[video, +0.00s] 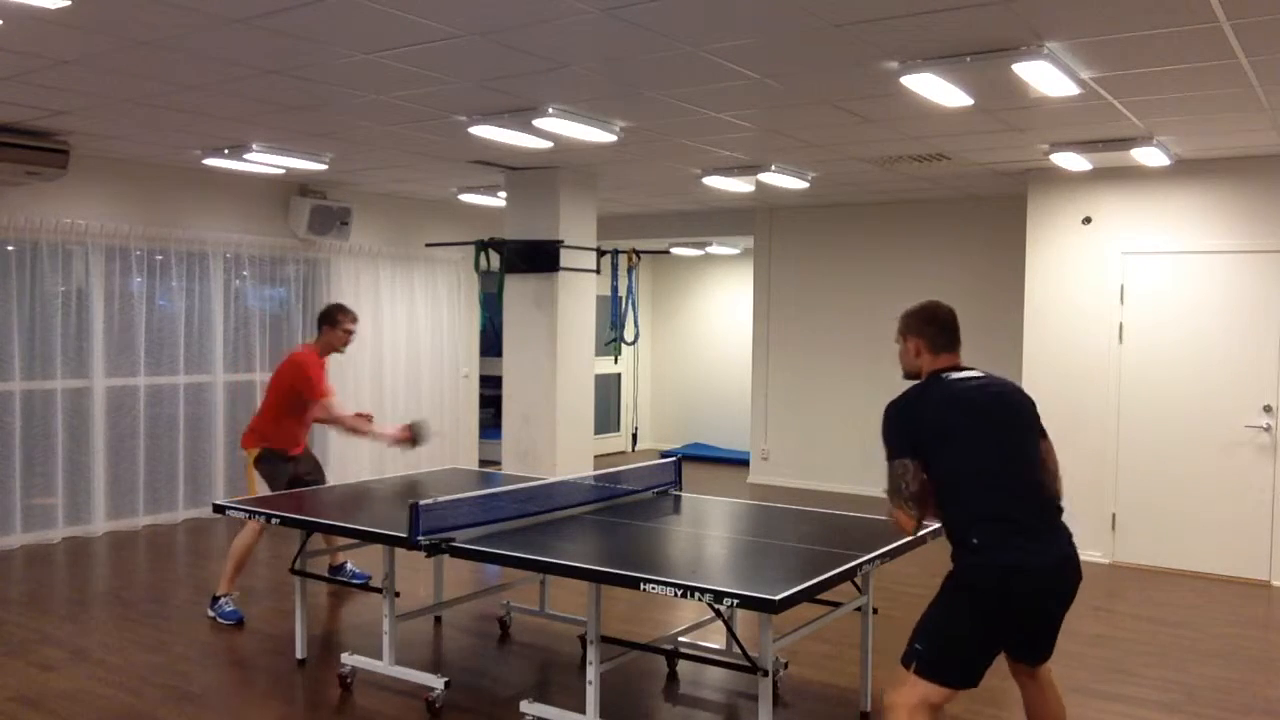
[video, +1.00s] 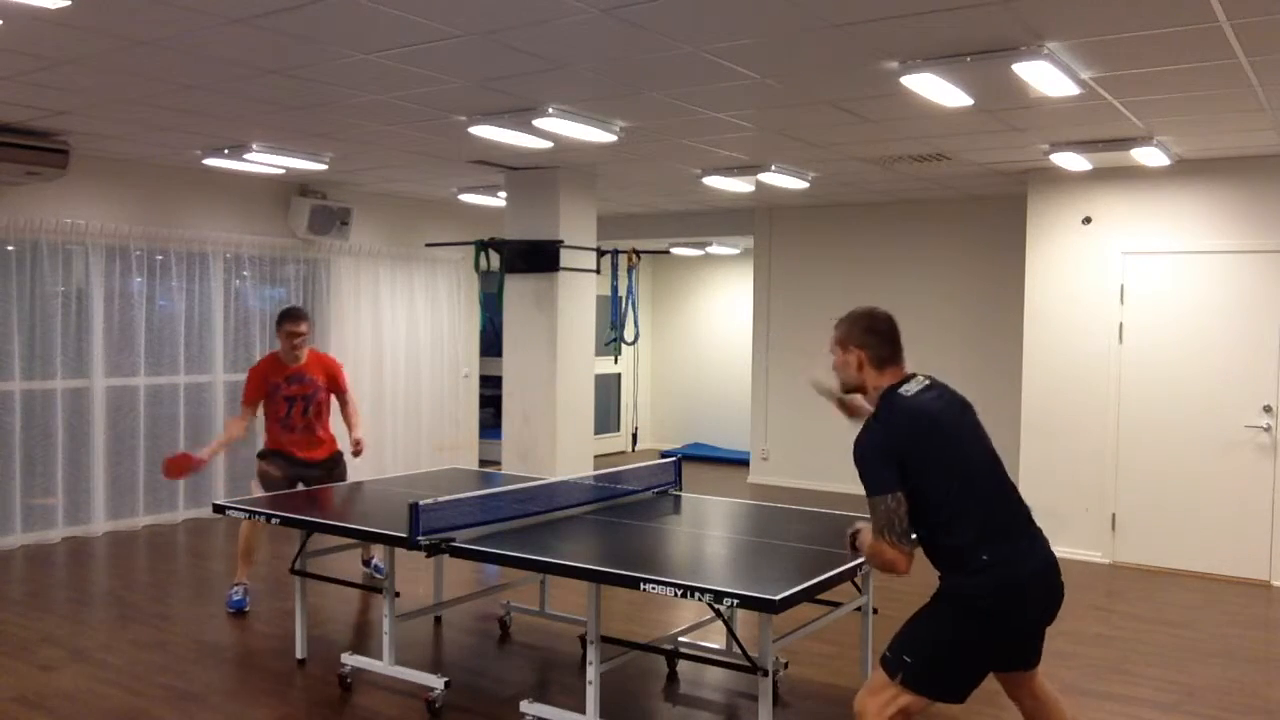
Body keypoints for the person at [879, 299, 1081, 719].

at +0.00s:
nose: (899, 356)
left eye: (900, 344)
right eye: (899, 345)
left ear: (915, 346)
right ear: (956, 345)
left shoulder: (906, 410)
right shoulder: (1011, 392)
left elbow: (908, 518)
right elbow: (1052, 490)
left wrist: (949, 482)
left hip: (988, 570)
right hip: (1057, 562)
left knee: (913, 700)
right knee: (1030, 667)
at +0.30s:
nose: (907, 362)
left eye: (906, 351)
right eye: (907, 351)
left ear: (920, 349)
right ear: (962, 348)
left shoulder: (918, 408)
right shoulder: (1012, 393)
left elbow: (924, 526)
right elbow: (1047, 491)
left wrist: (903, 513)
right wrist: (953, 531)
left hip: (1001, 568)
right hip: (1065, 560)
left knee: (916, 700)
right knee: (1028, 668)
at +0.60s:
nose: (876, 362)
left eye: (875, 351)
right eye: (877, 353)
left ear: (885, 349)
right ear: (931, 348)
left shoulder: (879, 415)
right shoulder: (977, 402)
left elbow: (885, 538)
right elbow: (989, 496)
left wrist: (875, 539)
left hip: (963, 588)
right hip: (1031, 575)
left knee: (868, 708)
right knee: (1036, 690)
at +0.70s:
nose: (850, 357)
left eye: (852, 345)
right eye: (851, 346)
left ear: (868, 347)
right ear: (908, 344)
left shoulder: (877, 424)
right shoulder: (944, 391)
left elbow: (885, 547)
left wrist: (860, 538)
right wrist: (829, 439)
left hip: (971, 590)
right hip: (1034, 572)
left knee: (868, 708)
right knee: (1035, 683)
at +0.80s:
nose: (834, 364)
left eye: (833, 353)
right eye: (832, 354)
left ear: (851, 355)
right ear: (888, 347)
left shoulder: (876, 433)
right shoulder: (923, 389)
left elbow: (894, 558)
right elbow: (872, 396)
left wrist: (860, 543)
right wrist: (810, 378)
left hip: (977, 592)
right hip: (1036, 572)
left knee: (872, 706)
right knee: (1031, 681)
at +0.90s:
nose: (825, 364)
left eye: (826, 354)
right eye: (823, 355)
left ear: (846, 359)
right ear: (885, 350)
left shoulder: (874, 440)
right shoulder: (923, 389)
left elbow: (899, 562)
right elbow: (877, 382)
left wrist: (862, 548)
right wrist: (827, 371)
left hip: (979, 592)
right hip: (1036, 569)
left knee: (875, 706)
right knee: (1026, 679)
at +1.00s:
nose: (834, 363)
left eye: (836, 353)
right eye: (833, 353)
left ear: (857, 359)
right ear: (895, 352)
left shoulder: (876, 437)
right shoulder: (938, 392)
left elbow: (896, 560)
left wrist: (864, 539)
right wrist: (866, 411)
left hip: (981, 592)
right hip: (1037, 572)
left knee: (875, 706)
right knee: (1024, 683)